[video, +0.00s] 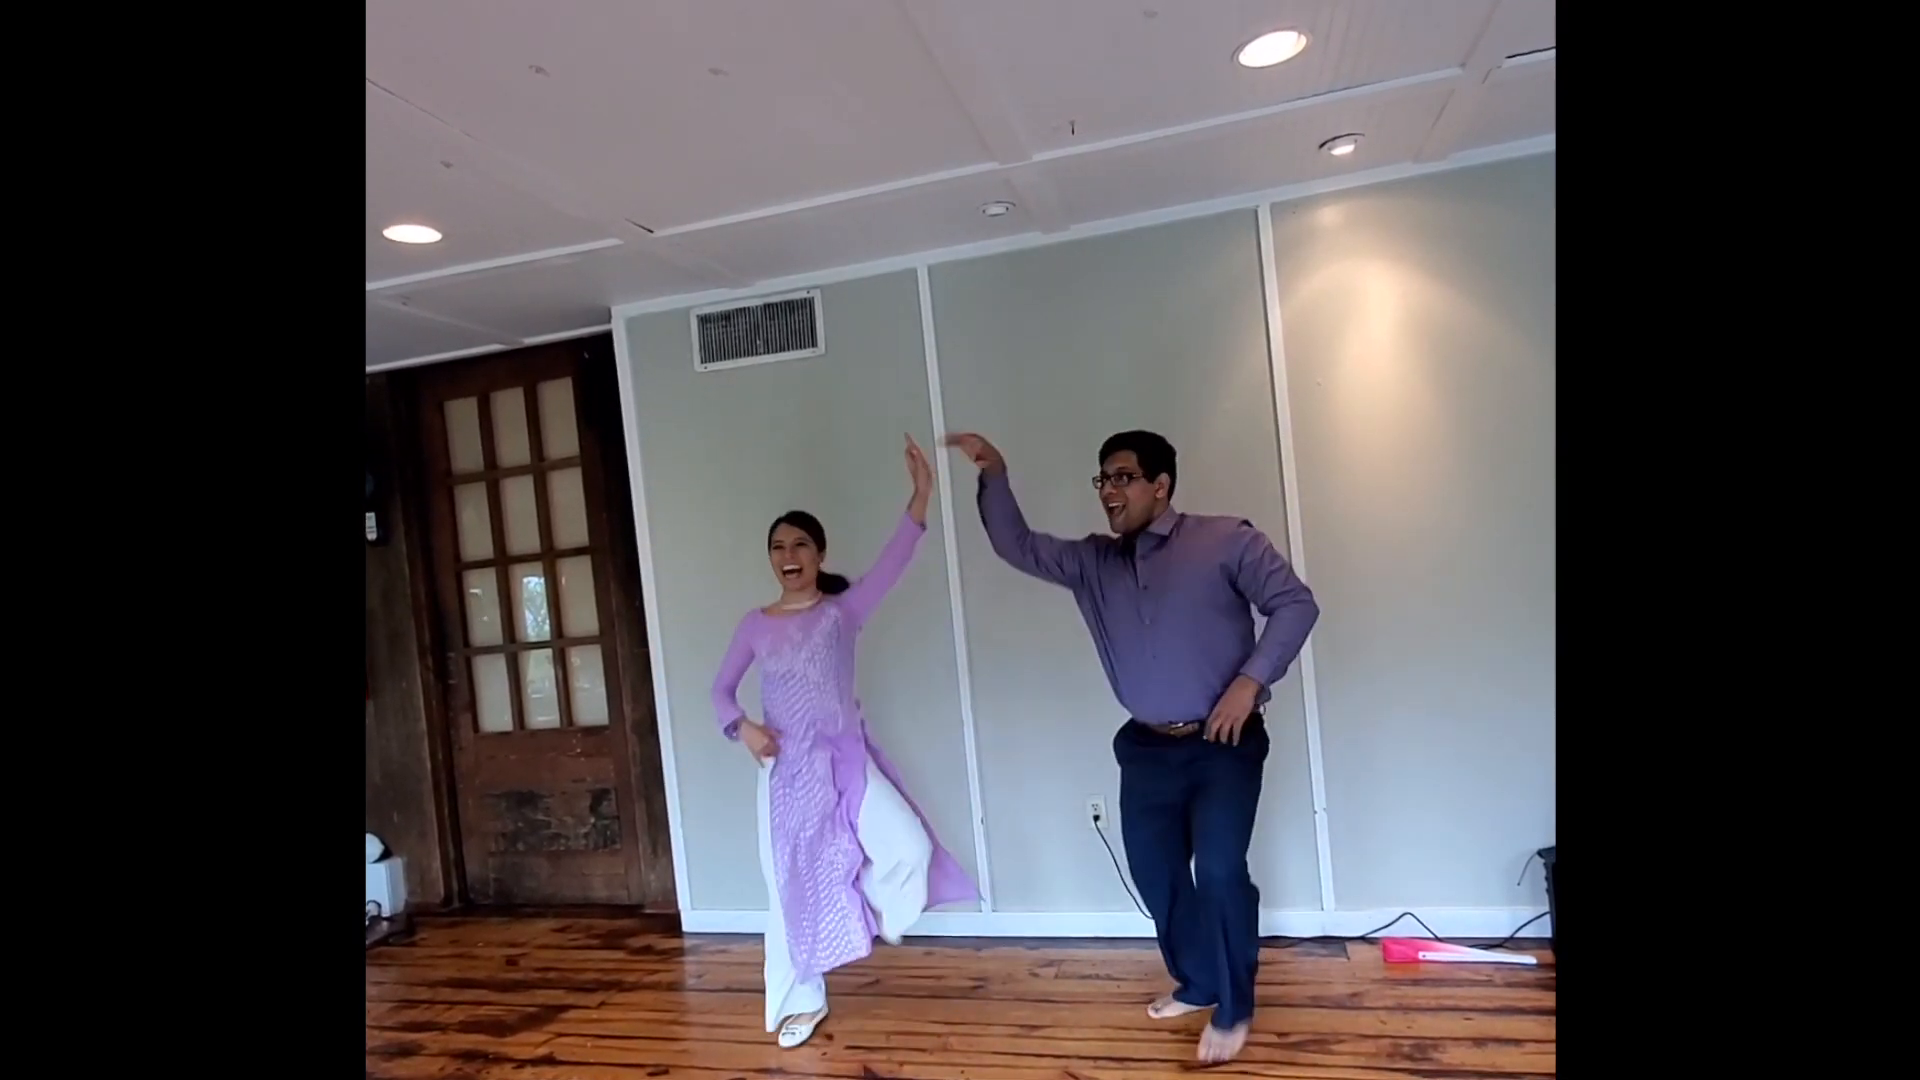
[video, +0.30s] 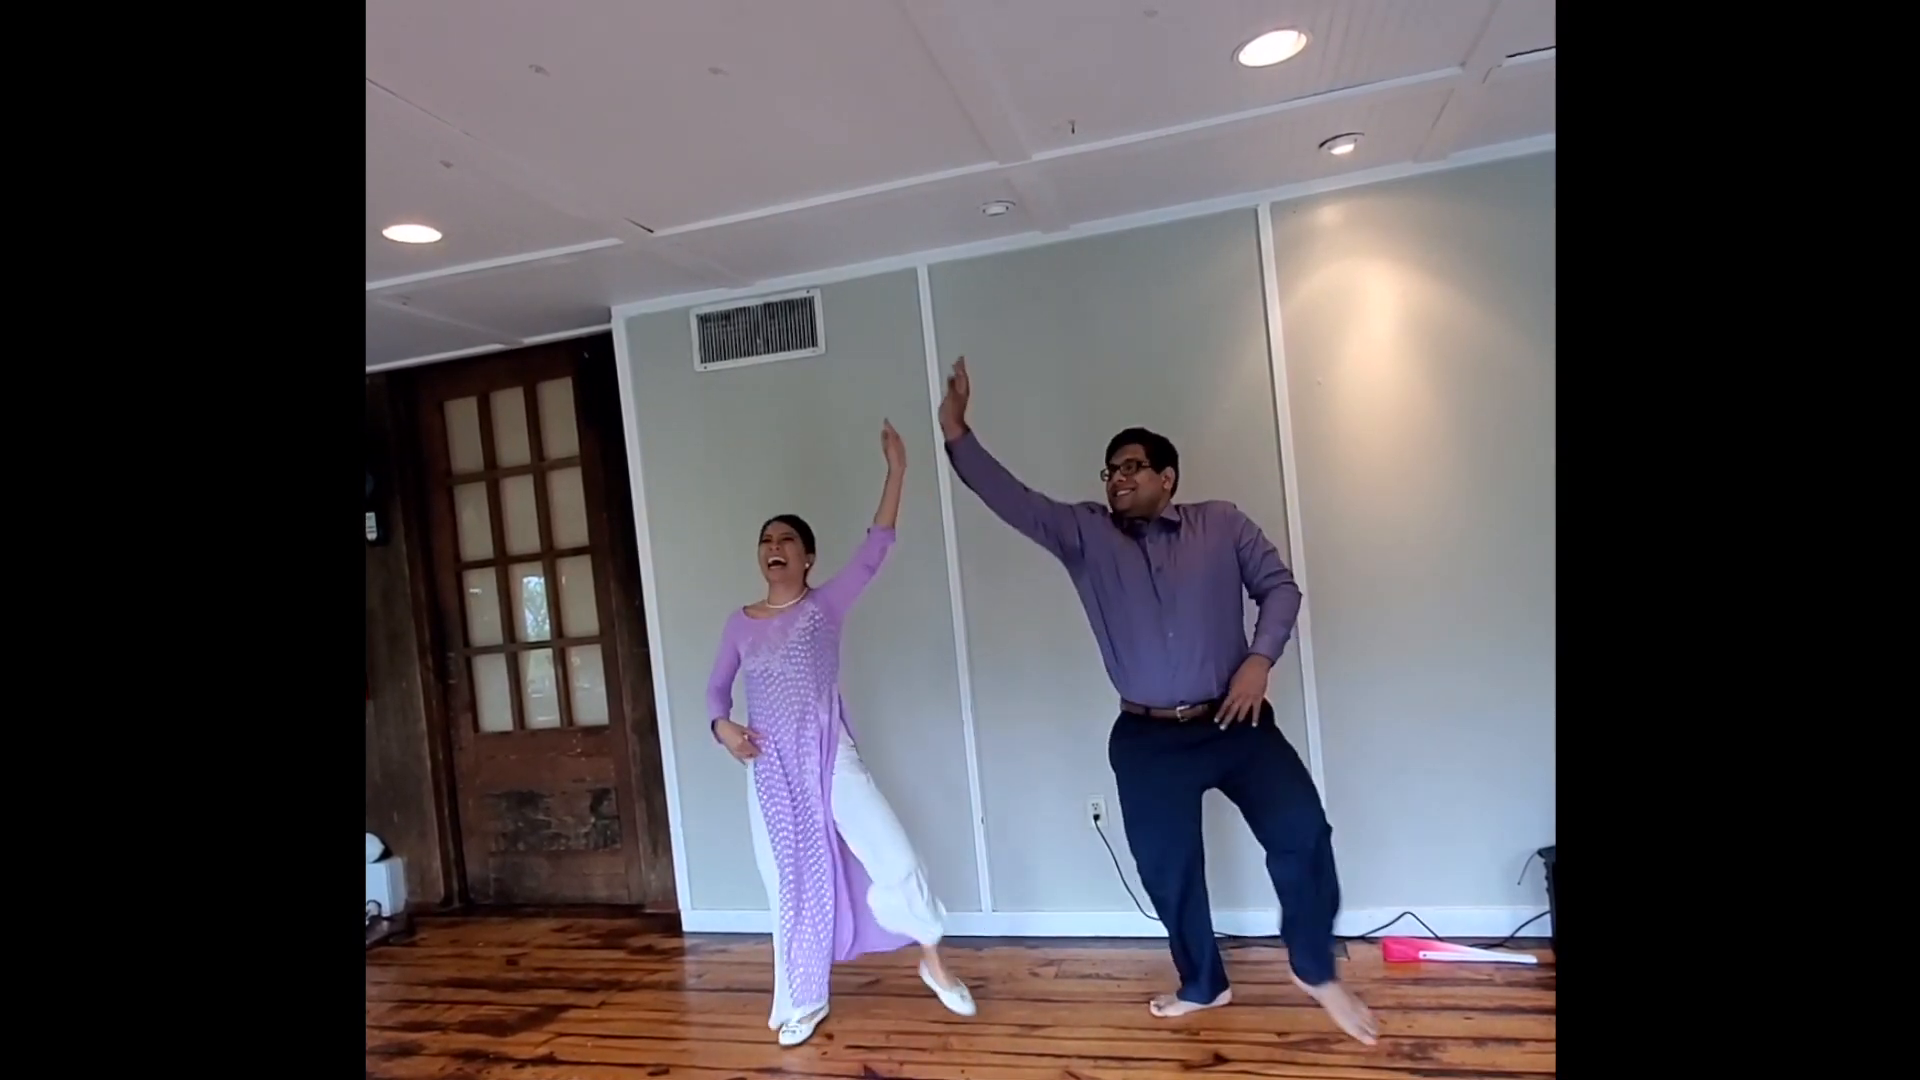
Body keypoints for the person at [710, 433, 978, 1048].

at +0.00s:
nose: (788, 557)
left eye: (799, 546)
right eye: (779, 548)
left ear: (820, 555)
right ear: (770, 559)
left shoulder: (843, 609)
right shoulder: (758, 625)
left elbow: (891, 563)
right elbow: (722, 689)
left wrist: (921, 497)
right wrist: (743, 728)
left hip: (846, 755)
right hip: (788, 762)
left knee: (911, 844)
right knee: (787, 879)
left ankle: (873, 907)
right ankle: (799, 999)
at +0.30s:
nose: (773, 546)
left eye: (785, 539)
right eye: (766, 541)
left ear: (809, 558)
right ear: (758, 559)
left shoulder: (826, 602)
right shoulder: (742, 624)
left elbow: (876, 547)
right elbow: (718, 688)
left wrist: (895, 472)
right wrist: (722, 725)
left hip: (830, 754)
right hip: (771, 764)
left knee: (896, 856)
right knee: (786, 885)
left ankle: (934, 962)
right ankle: (801, 1002)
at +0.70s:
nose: (801, 551)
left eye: (812, 545)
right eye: (792, 544)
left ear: (830, 558)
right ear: (781, 560)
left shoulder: (847, 614)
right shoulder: (763, 625)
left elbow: (860, 574)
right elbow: (731, 693)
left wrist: (825, 508)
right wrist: (744, 727)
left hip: (843, 761)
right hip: (787, 767)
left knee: (885, 879)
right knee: (795, 884)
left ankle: (941, 994)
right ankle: (809, 1004)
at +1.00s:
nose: (854, 543)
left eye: (866, 536)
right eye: (846, 536)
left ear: (885, 550)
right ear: (834, 550)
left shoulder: (890, 609)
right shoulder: (820, 621)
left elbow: (819, 633)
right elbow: (807, 690)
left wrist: (761, 577)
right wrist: (796, 723)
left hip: (887, 755)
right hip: (832, 758)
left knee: (896, 880)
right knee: (754, 845)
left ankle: (924, 1001)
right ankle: (828, 942)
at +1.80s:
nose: (827, 529)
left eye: (840, 525)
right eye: (832, 521)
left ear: (868, 544)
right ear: (854, 542)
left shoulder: (870, 586)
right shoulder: (837, 600)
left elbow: (785, 563)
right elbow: (829, 675)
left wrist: (715, 513)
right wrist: (798, 712)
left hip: (869, 746)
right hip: (828, 748)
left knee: (888, 862)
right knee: (802, 864)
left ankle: (919, 982)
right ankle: (824, 971)